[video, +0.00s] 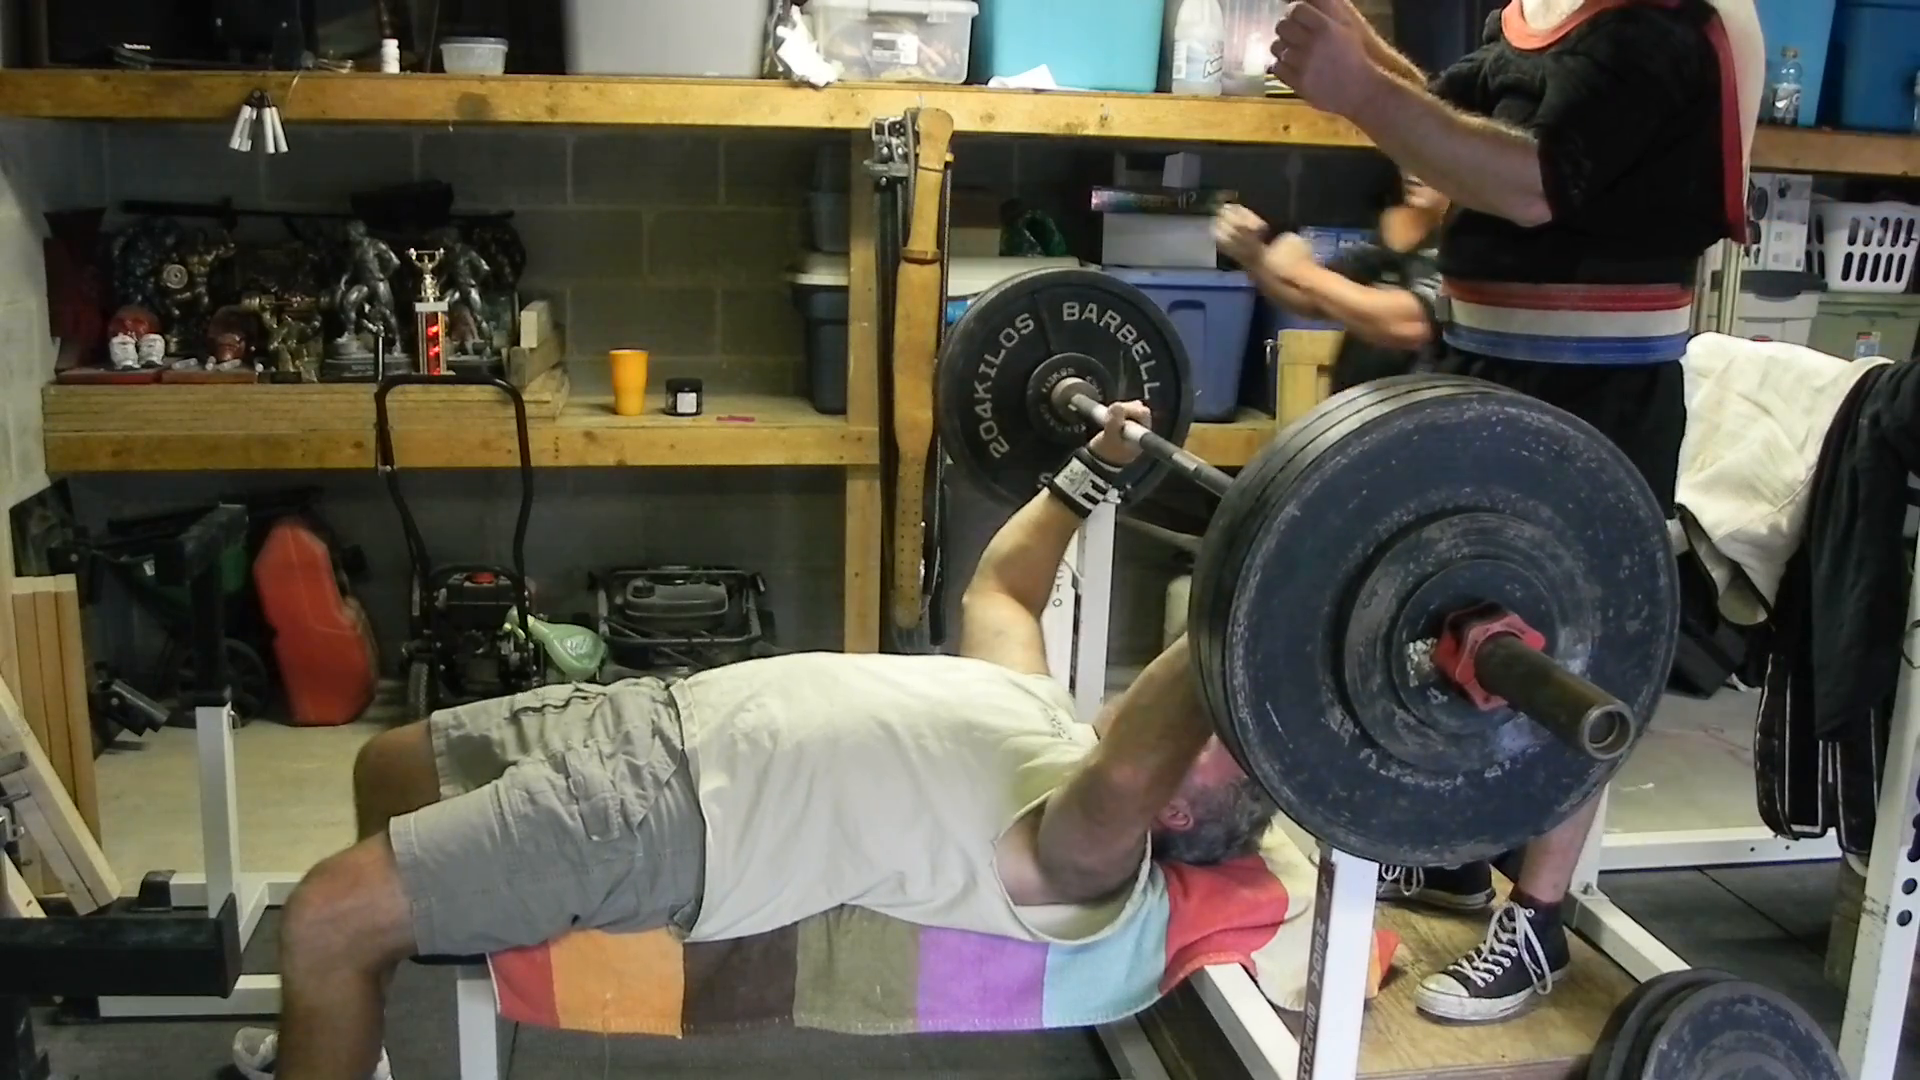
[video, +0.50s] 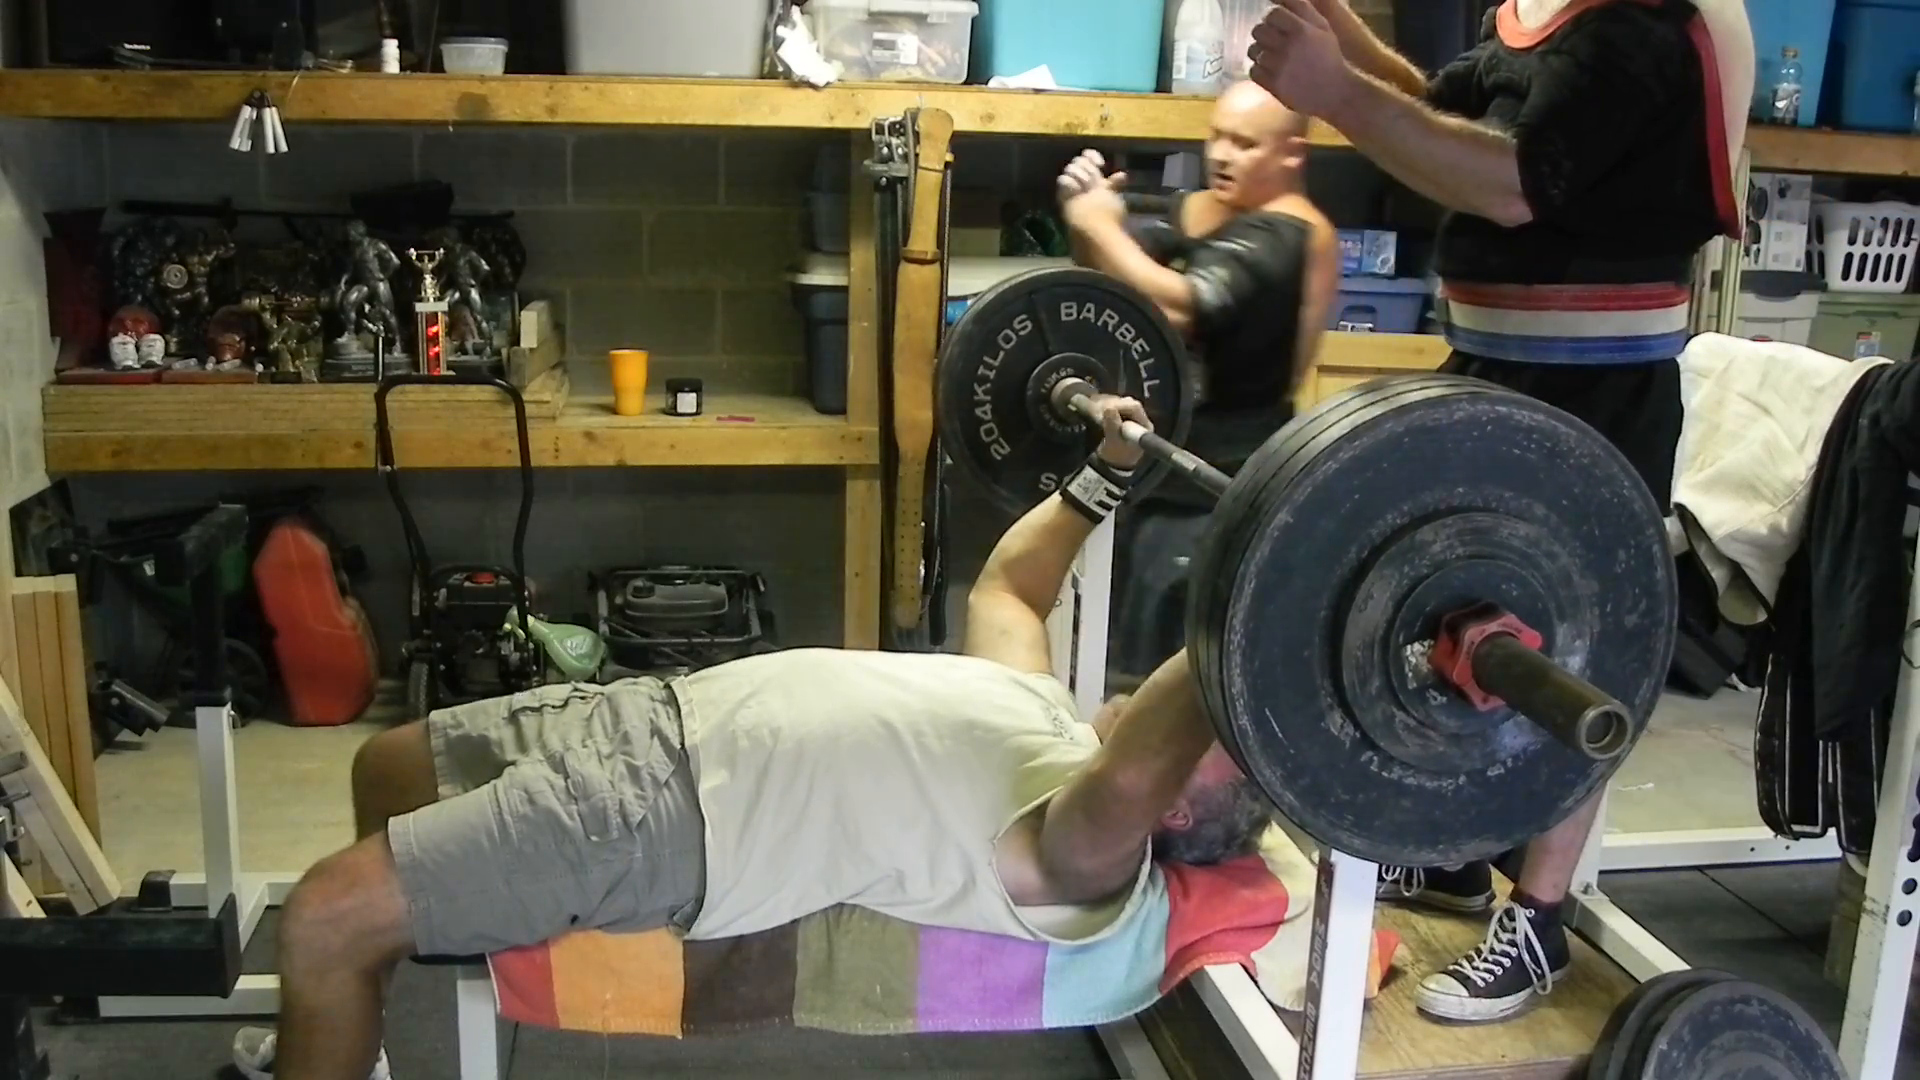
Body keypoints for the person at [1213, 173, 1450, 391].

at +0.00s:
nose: (1412, 170)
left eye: (1432, 159)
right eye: (1411, 156)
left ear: (1463, 176)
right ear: (1399, 160)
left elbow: (1409, 324)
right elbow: (1316, 301)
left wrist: (1305, 272)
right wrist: (1255, 256)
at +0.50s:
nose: (1221, 155)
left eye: (1242, 143)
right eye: (1217, 137)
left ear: (1292, 157)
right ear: (1208, 135)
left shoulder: (1281, 233)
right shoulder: (1206, 211)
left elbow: (1185, 304)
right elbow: (1131, 279)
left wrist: (1101, 228)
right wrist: (1092, 216)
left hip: (1217, 482)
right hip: (1160, 463)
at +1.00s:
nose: (1023, 153)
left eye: (1047, 140)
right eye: (1022, 135)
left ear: (1097, 155)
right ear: (1013, 133)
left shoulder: (1098, 232)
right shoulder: (994, 209)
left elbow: (983, 294)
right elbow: (904, 292)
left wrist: (939, 207)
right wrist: (898, 218)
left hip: (1036, 468)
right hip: (951, 451)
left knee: (1019, 631)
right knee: (929, 623)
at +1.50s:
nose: (867, 131)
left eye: (890, 117)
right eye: (860, 114)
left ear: (936, 131)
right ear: (848, 118)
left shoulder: (925, 221)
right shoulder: (842, 205)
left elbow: (837, 321)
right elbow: (763, 278)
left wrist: (730, 322)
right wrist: (683, 288)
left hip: (887, 486)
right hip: (836, 477)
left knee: (852, 678)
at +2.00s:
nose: (753, 112)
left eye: (778, 100)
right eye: (749, 95)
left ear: (829, 118)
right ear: (737, 99)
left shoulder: (782, 213)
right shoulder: (743, 196)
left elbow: (678, 320)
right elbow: (641, 284)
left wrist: (562, 387)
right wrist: (540, 360)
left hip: (762, 494)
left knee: (748, 710)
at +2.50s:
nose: (661, 123)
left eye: (680, 110)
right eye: (646, 104)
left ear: (703, 128)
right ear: (615, 108)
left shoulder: (721, 216)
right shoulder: (548, 205)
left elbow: (676, 322)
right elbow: (491, 297)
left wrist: (581, 397)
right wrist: (435, 390)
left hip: (682, 518)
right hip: (554, 517)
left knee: (702, 731)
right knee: (546, 729)